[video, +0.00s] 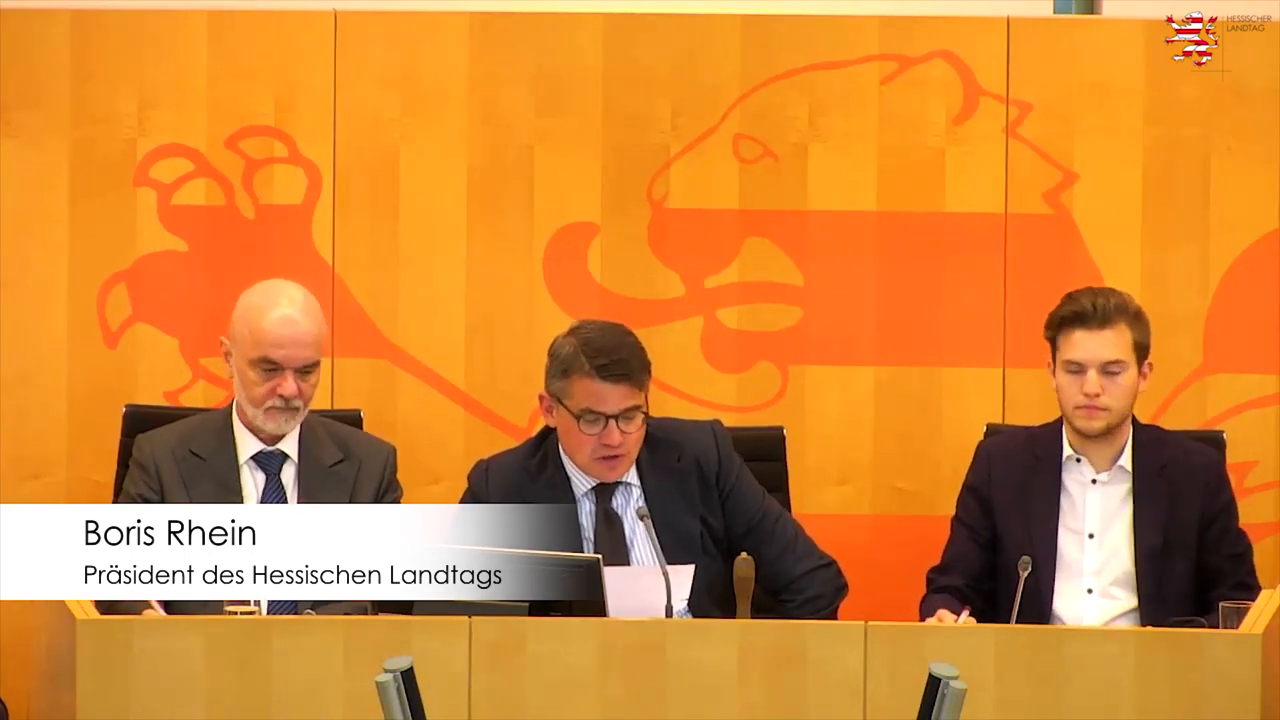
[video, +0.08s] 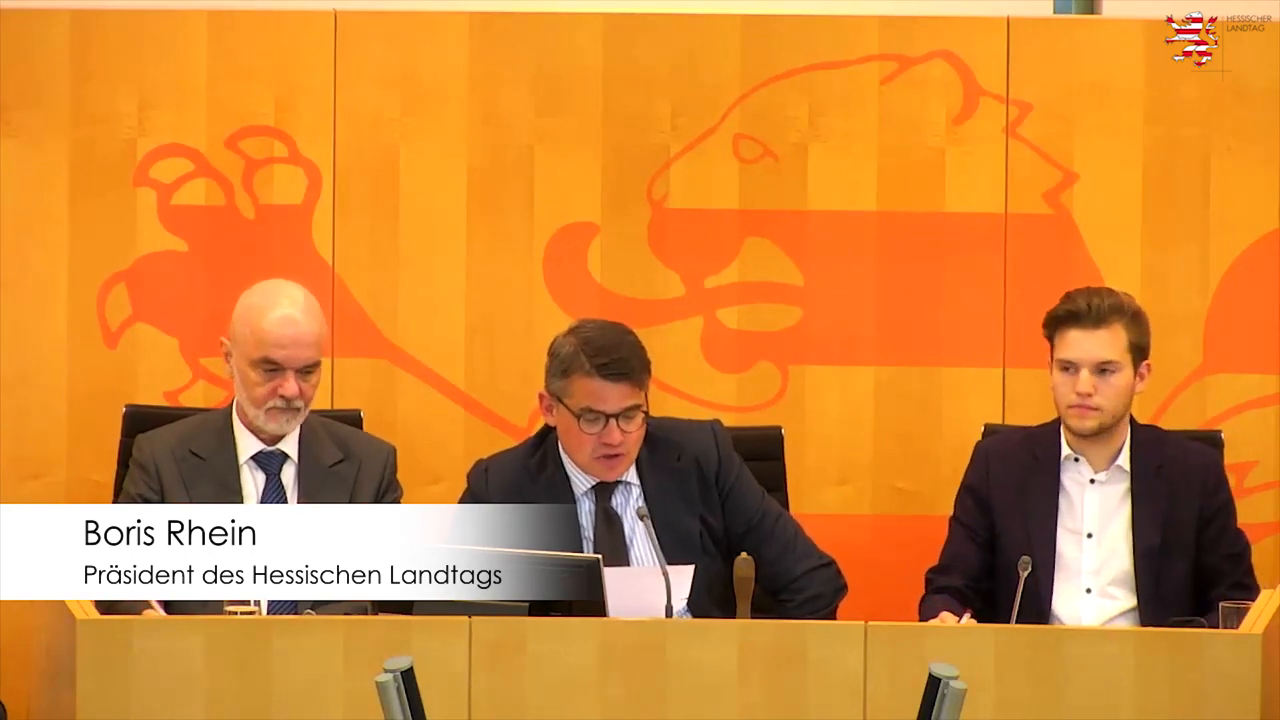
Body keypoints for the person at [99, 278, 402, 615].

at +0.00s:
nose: (289, 391)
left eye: (306, 371)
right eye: (268, 369)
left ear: (322, 362)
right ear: (227, 357)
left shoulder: (371, 463)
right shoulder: (159, 457)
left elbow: (385, 587)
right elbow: (118, 578)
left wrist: (312, 633)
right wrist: (147, 618)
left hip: (327, 664)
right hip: (197, 660)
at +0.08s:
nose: (290, 391)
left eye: (307, 371)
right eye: (270, 369)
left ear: (323, 362)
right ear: (227, 357)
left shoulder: (371, 463)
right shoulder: (159, 457)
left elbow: (386, 587)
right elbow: (118, 578)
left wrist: (312, 633)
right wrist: (147, 618)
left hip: (327, 664)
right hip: (197, 660)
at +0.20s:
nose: (292, 391)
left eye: (308, 371)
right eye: (271, 370)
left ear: (323, 363)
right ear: (228, 358)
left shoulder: (371, 463)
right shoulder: (159, 457)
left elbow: (386, 587)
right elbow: (118, 576)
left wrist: (312, 635)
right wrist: (148, 619)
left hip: (327, 666)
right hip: (197, 661)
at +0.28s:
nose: (292, 391)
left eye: (308, 371)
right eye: (271, 369)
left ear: (323, 362)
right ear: (228, 358)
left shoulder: (371, 463)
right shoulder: (160, 457)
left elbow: (387, 588)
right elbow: (118, 575)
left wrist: (313, 635)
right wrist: (145, 616)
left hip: (327, 666)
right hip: (196, 660)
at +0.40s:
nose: (289, 391)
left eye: (306, 373)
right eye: (269, 371)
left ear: (323, 363)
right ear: (228, 357)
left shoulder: (371, 463)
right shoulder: (160, 456)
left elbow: (385, 587)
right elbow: (118, 577)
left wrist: (312, 633)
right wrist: (148, 618)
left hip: (326, 664)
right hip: (197, 659)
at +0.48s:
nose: (282, 392)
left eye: (302, 374)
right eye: (263, 370)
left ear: (321, 364)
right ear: (227, 354)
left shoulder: (372, 463)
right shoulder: (159, 456)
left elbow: (389, 589)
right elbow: (117, 575)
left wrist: (314, 635)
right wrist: (145, 616)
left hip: (327, 666)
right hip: (197, 661)